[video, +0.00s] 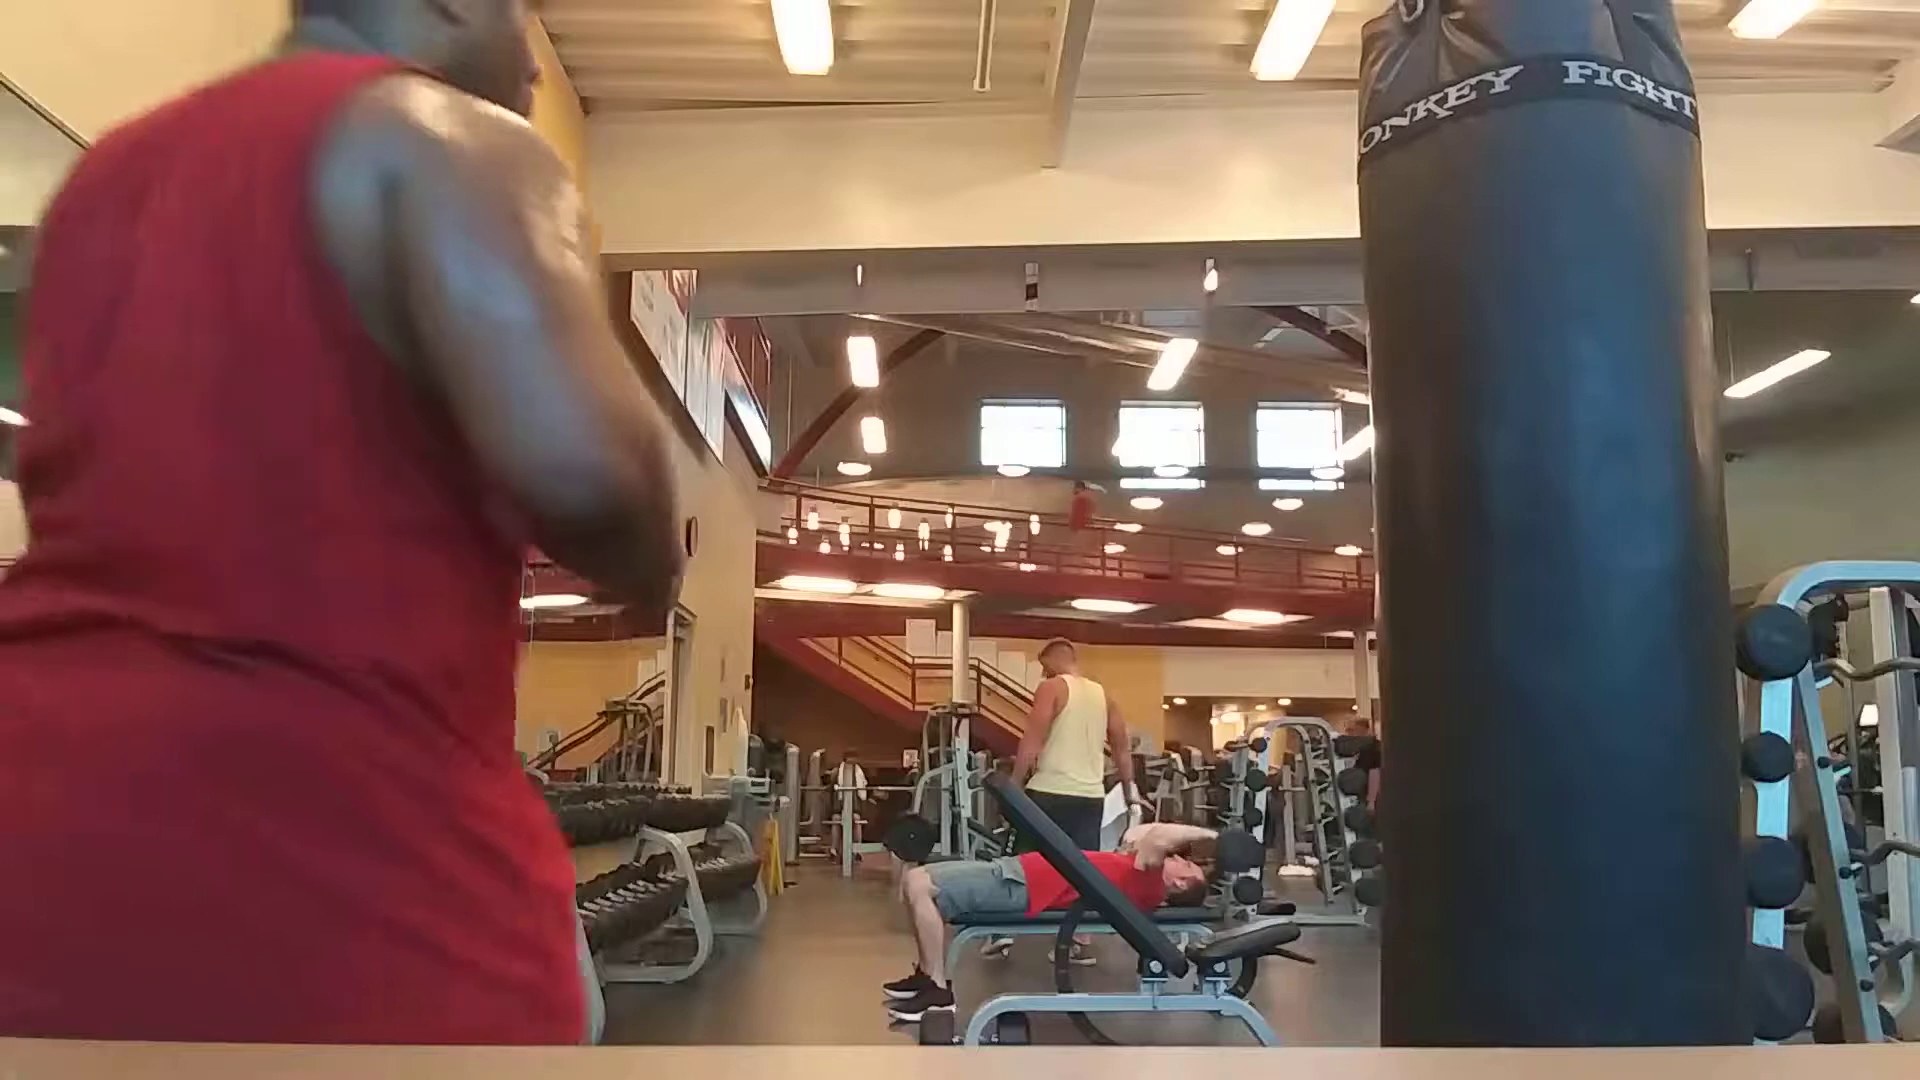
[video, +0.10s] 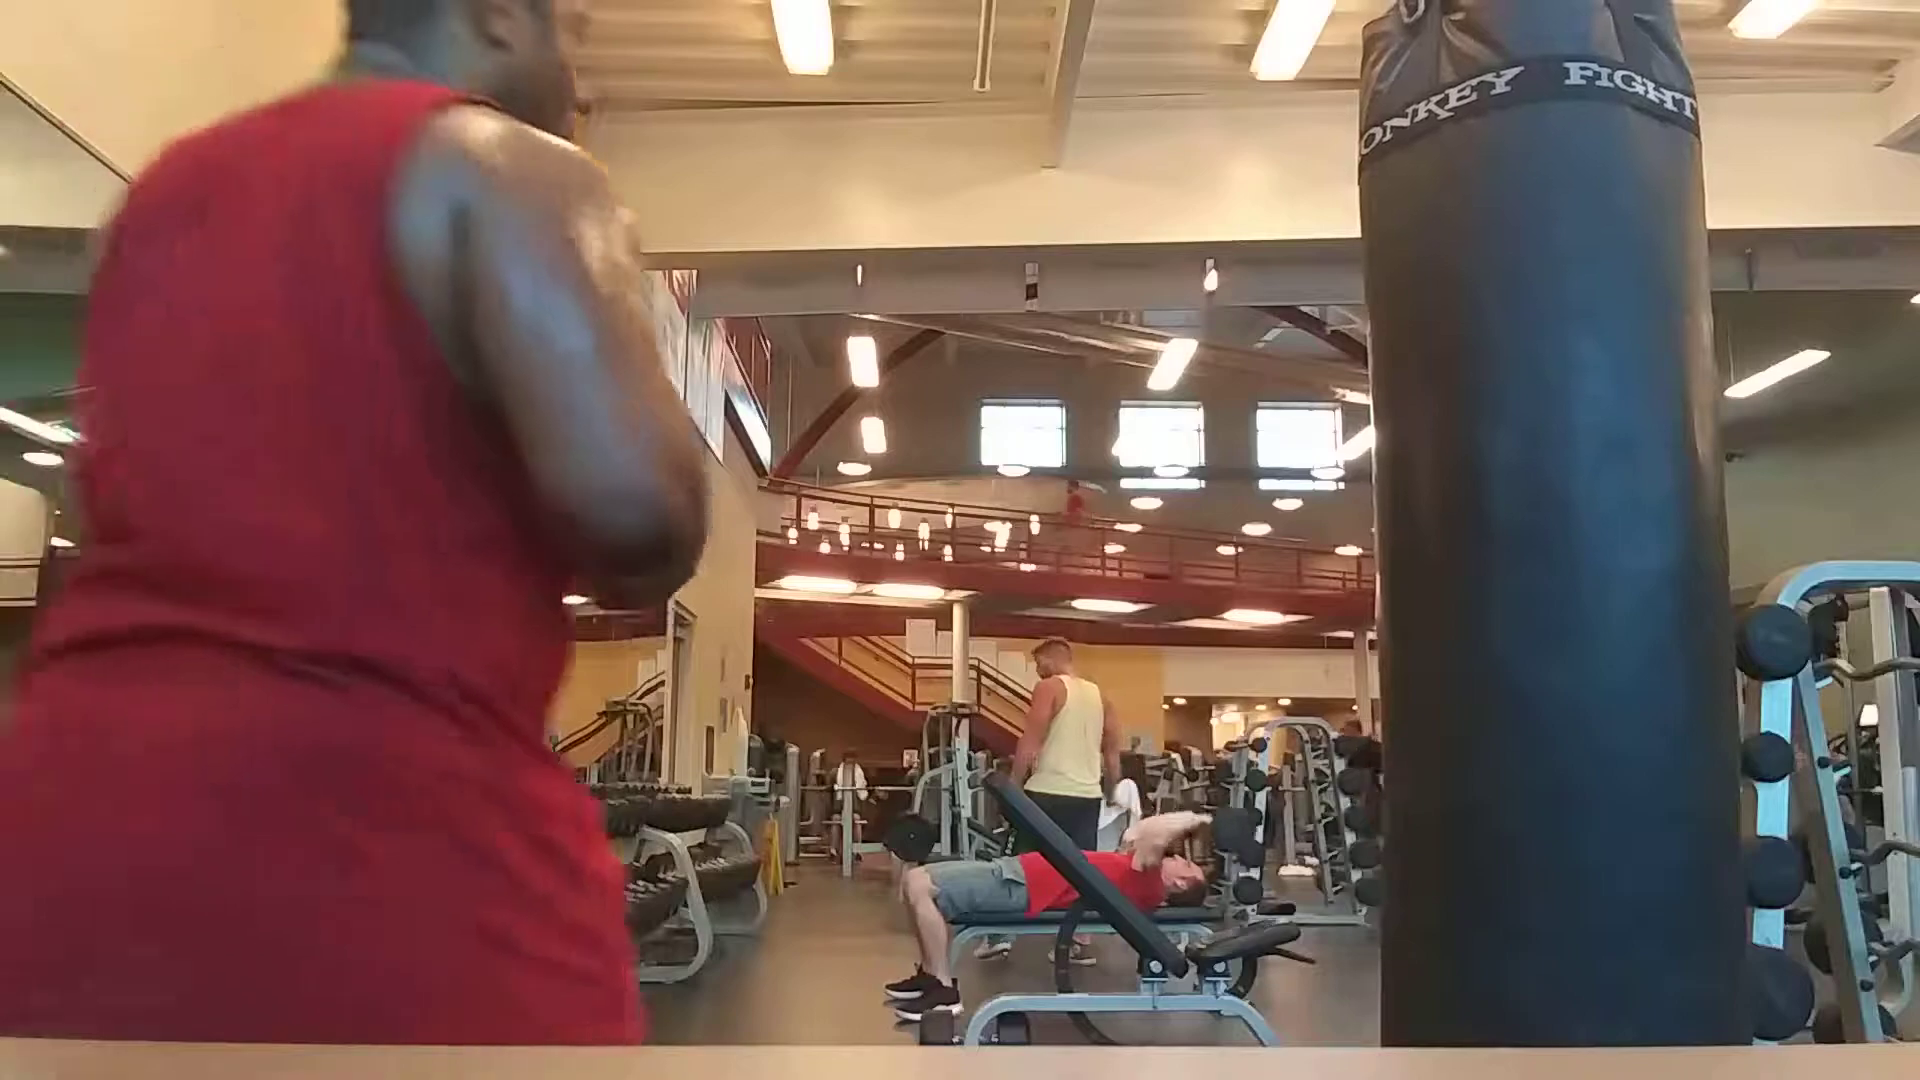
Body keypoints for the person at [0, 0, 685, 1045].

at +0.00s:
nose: (535, 66)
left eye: (534, 27)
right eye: (527, 19)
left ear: (317, 9)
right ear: (457, 4)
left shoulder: (101, 167)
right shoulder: (446, 139)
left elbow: (57, 456)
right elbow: (582, 469)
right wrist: (643, 576)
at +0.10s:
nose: (577, 80)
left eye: (572, 35)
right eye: (565, 29)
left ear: (365, 22)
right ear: (495, 16)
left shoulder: (158, 185)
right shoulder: (504, 169)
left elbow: (96, 522)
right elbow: (640, 515)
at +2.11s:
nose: (791, 333)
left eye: (796, 304)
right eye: (775, 293)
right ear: (684, 269)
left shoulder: (714, 457)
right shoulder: (524, 367)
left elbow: (807, 644)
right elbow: (657, 519)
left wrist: (899, 516)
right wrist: (846, 427)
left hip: (750, 986)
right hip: (552, 998)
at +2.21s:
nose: (825, 334)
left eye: (832, 306)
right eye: (810, 293)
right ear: (723, 267)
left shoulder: (748, 451)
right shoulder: (561, 361)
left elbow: (831, 650)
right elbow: (709, 521)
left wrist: (931, 513)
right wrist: (884, 431)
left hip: (786, 978)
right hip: (590, 995)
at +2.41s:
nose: (858, 350)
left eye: (864, 321)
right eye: (846, 308)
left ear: (764, 291)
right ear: (760, 286)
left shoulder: (768, 476)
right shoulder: (600, 384)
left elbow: (848, 666)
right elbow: (768, 545)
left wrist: (969, 583)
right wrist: (946, 452)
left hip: (840, 916)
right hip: (645, 956)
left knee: (979, 1030)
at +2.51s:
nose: (917, 334)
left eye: (920, 305)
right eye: (897, 294)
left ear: (812, 283)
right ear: (807, 277)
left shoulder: (834, 472)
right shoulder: (644, 383)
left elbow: (932, 661)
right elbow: (780, 530)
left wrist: (1047, 588)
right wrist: (974, 456)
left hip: (892, 929)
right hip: (691, 966)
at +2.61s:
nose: (994, 367)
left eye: (999, 341)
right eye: (977, 330)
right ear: (881, 308)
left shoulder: (943, 510)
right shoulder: (736, 410)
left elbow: (1078, 648)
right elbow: (764, 523)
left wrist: (1253, 583)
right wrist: (999, 474)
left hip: (899, 949)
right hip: (708, 971)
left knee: (1034, 1054)